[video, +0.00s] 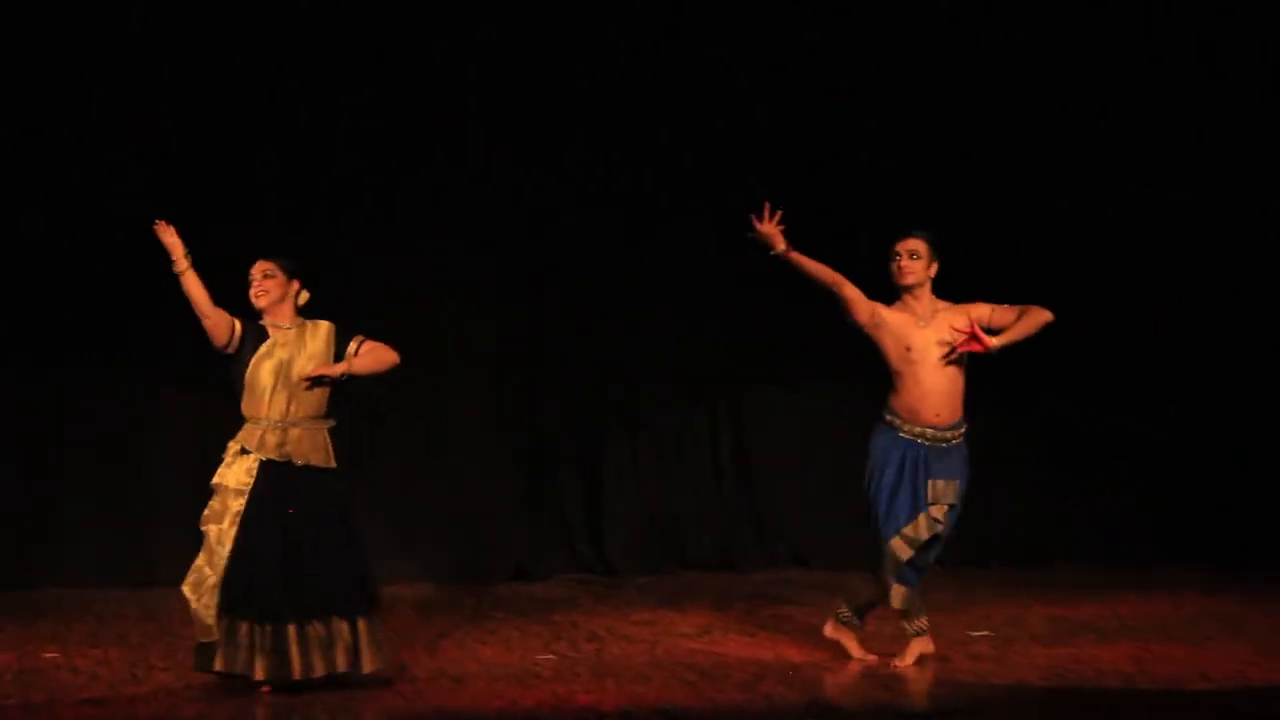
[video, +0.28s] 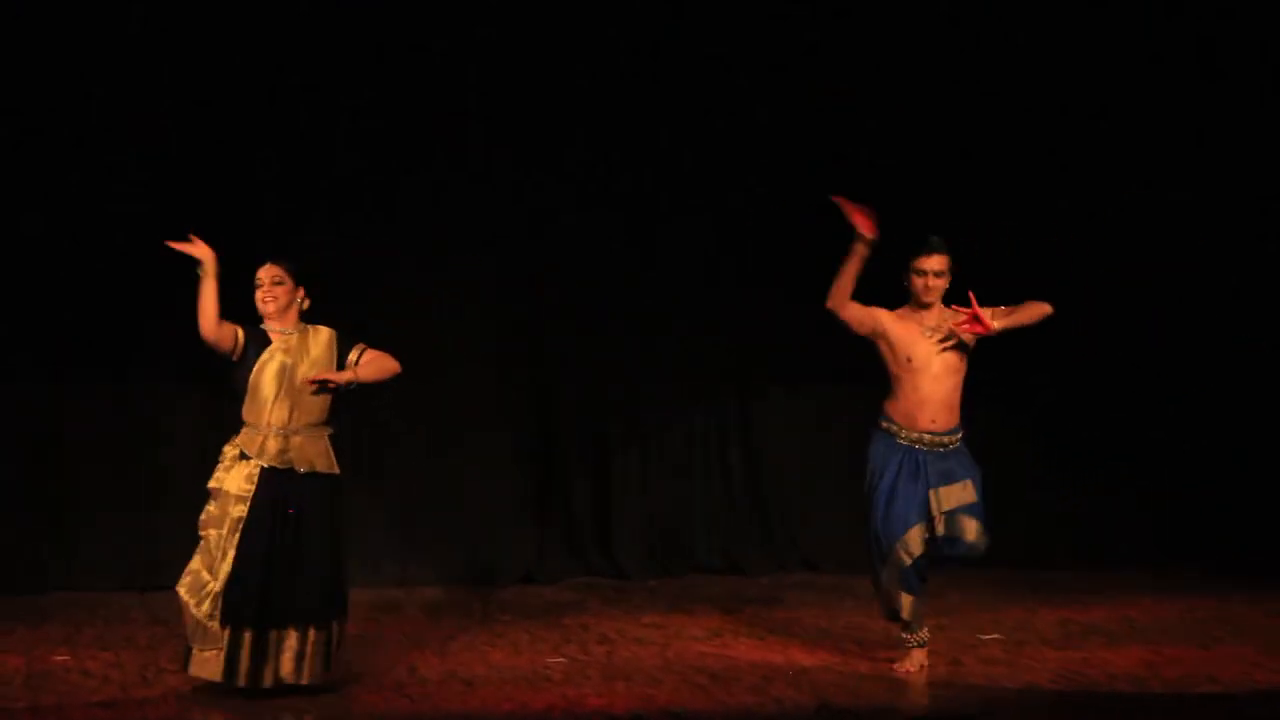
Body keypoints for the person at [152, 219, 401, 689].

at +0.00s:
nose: (256, 286)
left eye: (267, 277)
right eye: (253, 281)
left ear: (296, 288)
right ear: (252, 295)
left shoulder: (324, 336)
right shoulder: (246, 338)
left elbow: (388, 356)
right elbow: (208, 313)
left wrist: (337, 369)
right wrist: (181, 262)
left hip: (310, 466)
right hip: (256, 465)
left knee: (315, 560)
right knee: (258, 563)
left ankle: (318, 662)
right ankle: (266, 667)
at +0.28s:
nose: (266, 292)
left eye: (276, 284)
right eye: (260, 286)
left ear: (301, 296)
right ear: (254, 298)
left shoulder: (325, 342)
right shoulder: (249, 341)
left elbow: (389, 365)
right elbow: (211, 329)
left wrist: (346, 375)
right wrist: (209, 265)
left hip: (309, 470)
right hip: (254, 467)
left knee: (307, 566)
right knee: (248, 564)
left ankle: (299, 666)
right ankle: (244, 667)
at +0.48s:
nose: (280, 298)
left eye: (290, 290)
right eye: (272, 290)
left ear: (306, 296)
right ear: (263, 295)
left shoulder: (330, 343)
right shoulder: (253, 339)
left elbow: (390, 372)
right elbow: (204, 373)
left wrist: (356, 388)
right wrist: (261, 379)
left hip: (312, 471)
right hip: (254, 467)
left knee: (323, 565)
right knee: (250, 565)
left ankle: (325, 663)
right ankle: (252, 669)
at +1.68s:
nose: (282, 294)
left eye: (293, 286)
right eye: (277, 287)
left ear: (316, 292)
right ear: (272, 293)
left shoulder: (340, 343)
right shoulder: (260, 339)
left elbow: (377, 408)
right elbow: (197, 375)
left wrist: (372, 473)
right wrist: (232, 371)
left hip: (322, 473)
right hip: (267, 471)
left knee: (327, 568)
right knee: (269, 569)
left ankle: (329, 671)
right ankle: (273, 669)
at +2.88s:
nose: (319, 295)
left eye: (329, 287)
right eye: (312, 288)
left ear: (349, 293)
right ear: (305, 293)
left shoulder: (371, 344)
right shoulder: (292, 341)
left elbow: (417, 403)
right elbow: (229, 374)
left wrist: (407, 461)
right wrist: (266, 375)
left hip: (354, 469)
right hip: (297, 469)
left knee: (360, 567)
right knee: (298, 569)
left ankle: (365, 674)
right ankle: (302, 676)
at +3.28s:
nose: (355, 295)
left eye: (362, 287)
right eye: (345, 287)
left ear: (370, 295)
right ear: (326, 295)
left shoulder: (386, 346)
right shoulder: (306, 341)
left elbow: (430, 407)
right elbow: (242, 361)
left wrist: (422, 467)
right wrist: (293, 362)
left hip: (371, 471)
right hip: (315, 471)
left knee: (377, 570)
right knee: (315, 571)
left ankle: (381, 675)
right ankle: (316, 674)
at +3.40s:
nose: (360, 296)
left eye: (365, 288)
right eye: (349, 288)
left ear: (372, 296)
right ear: (326, 296)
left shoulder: (386, 347)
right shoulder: (307, 340)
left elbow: (429, 409)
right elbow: (242, 363)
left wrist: (423, 470)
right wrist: (289, 370)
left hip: (373, 473)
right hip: (317, 473)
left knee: (378, 570)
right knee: (321, 572)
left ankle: (381, 674)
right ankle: (324, 675)